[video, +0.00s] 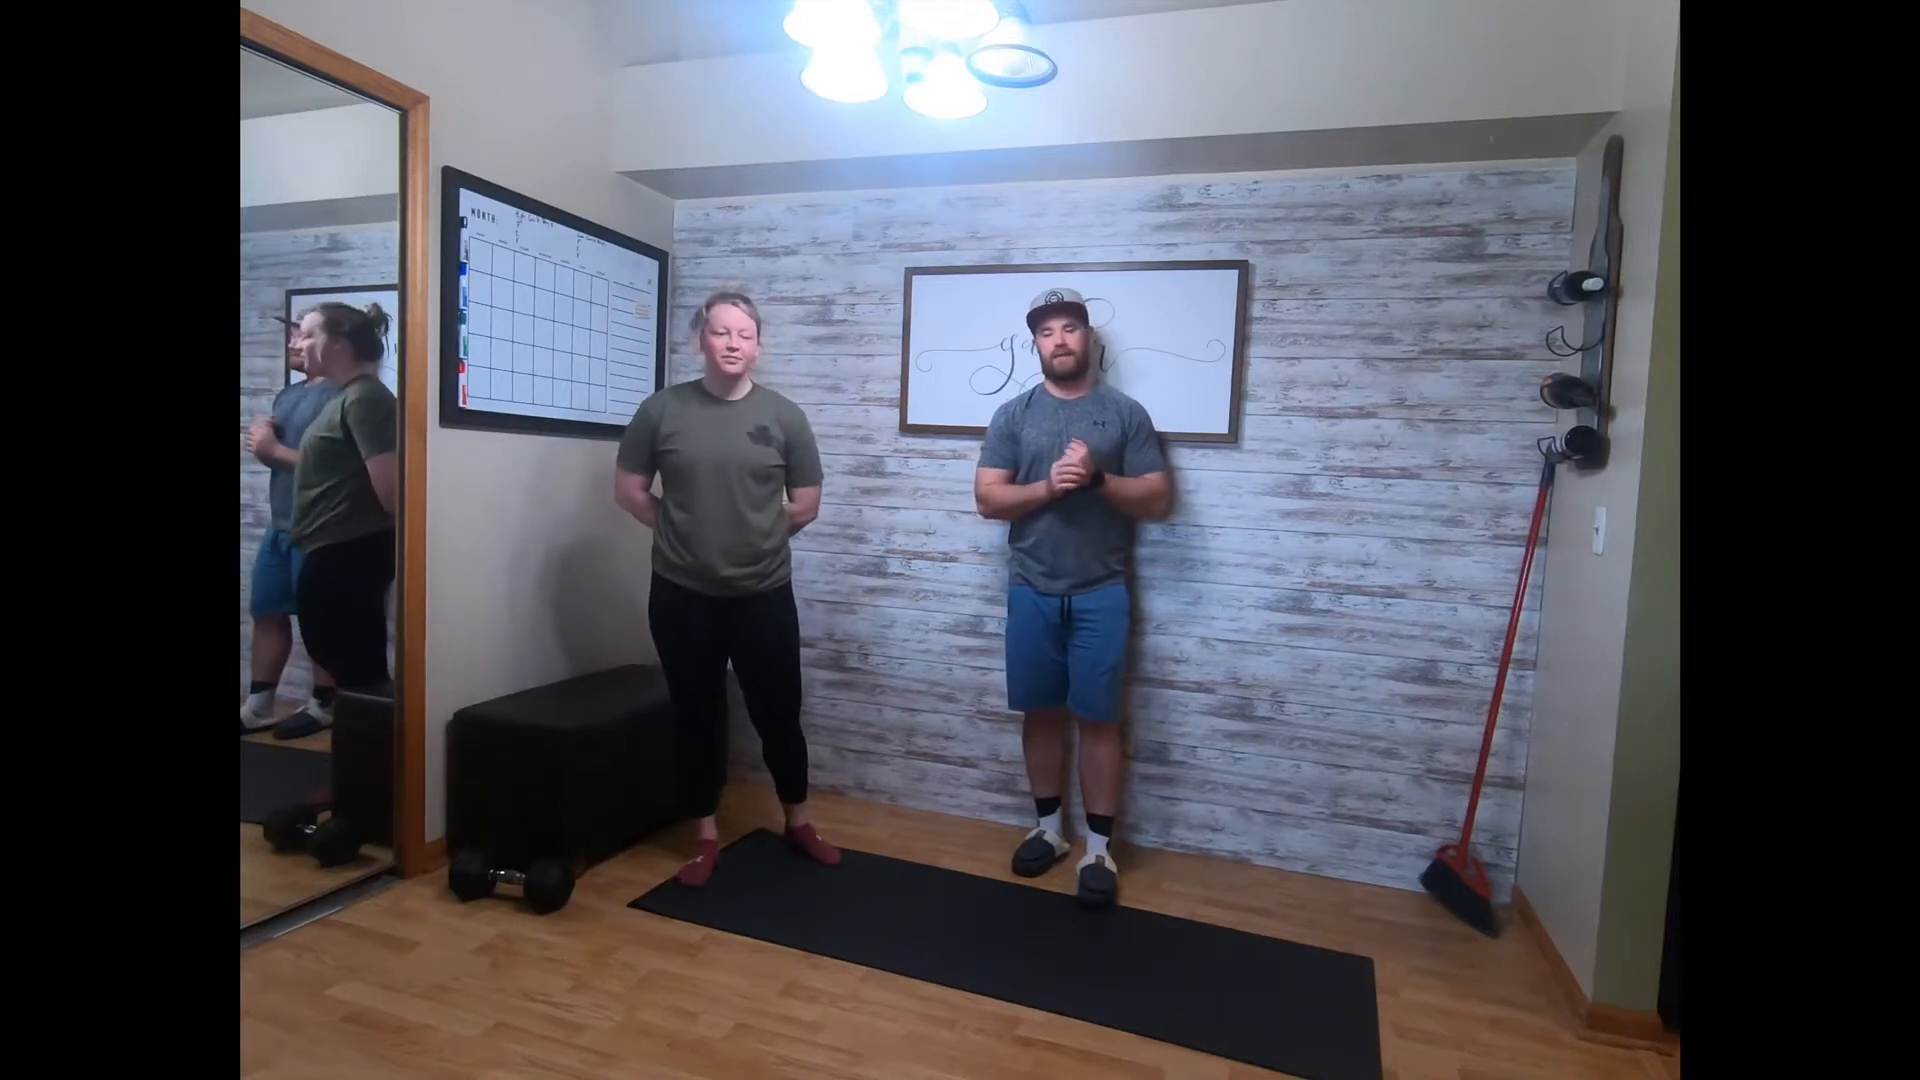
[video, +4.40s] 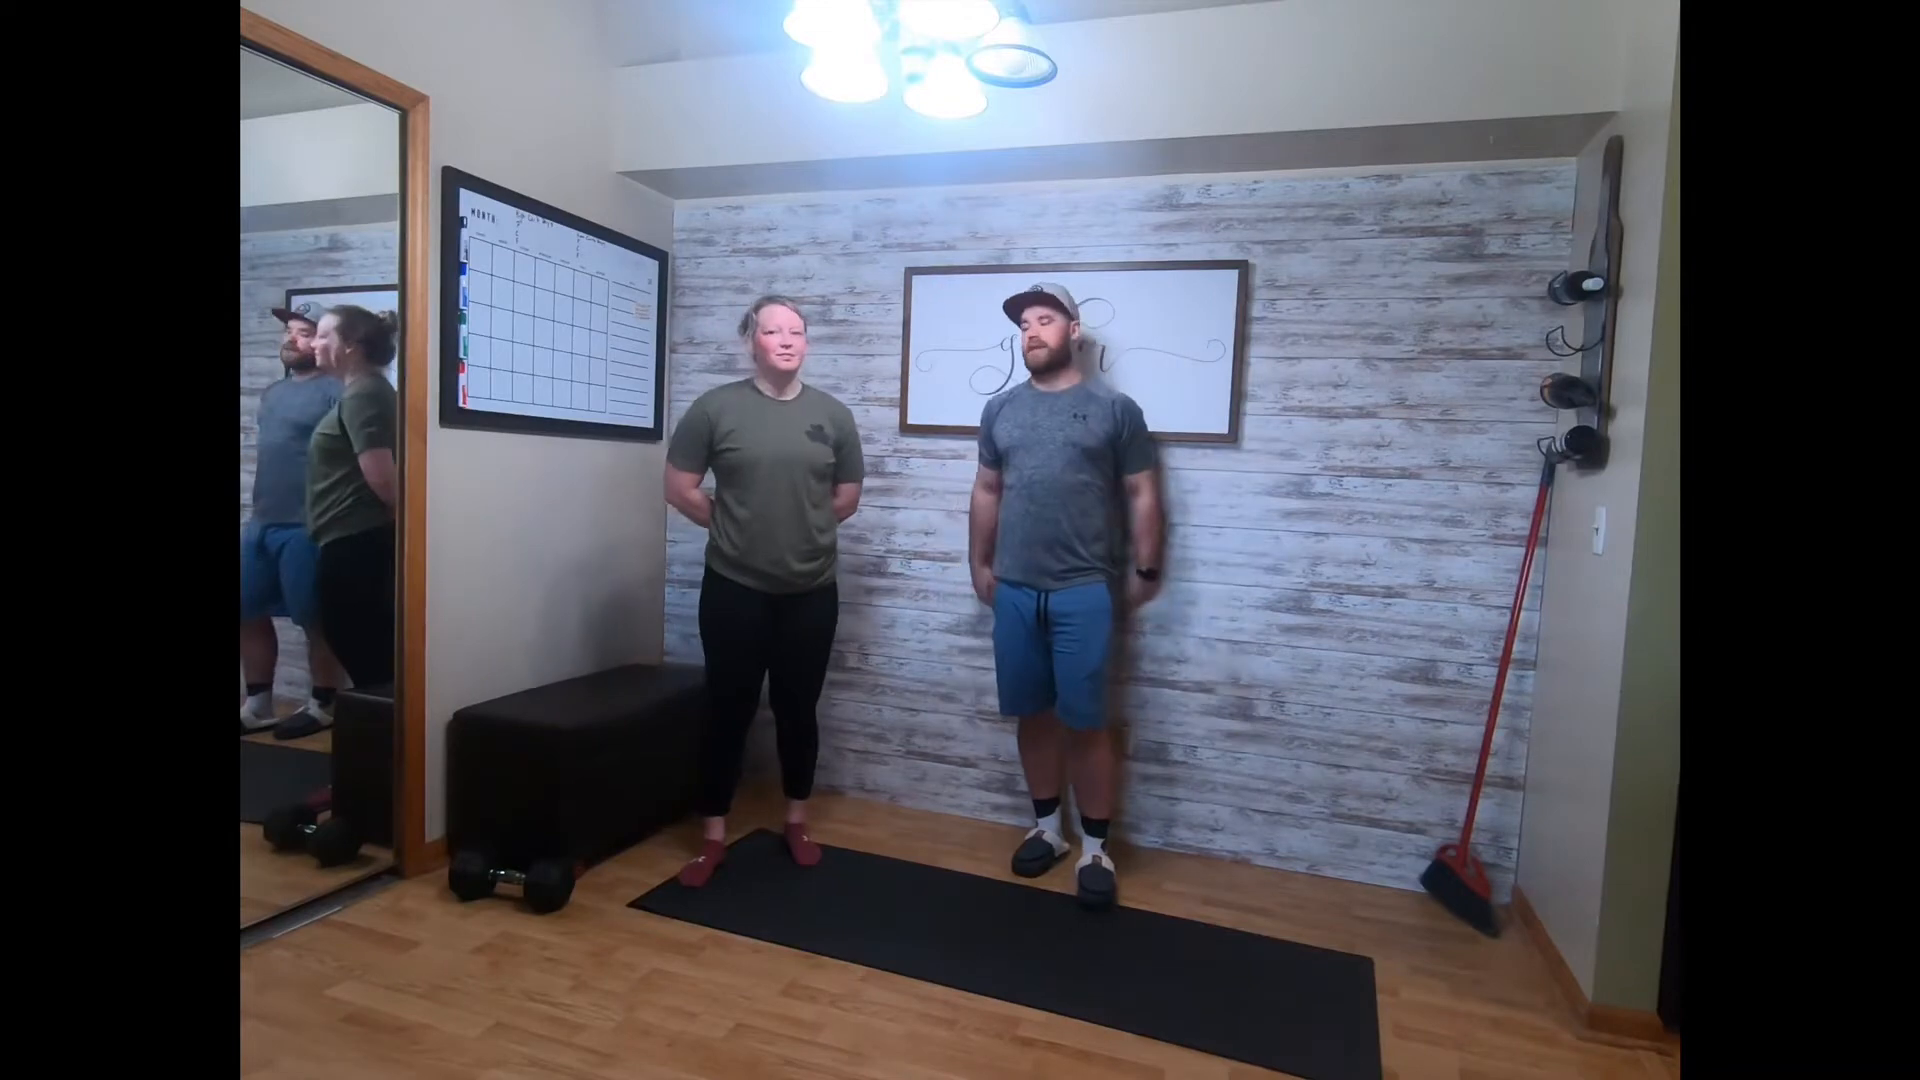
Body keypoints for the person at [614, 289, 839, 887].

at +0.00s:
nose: (733, 343)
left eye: (744, 334)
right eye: (722, 332)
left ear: (757, 345)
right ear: (702, 341)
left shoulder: (785, 417)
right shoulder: (661, 411)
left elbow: (805, 506)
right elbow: (628, 493)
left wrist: (746, 529)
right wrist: (684, 528)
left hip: (763, 593)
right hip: (682, 592)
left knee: (781, 716)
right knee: (696, 719)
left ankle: (799, 825)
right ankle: (707, 838)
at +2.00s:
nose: (798, 357)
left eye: (809, 347)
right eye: (787, 347)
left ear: (823, 352)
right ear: (769, 353)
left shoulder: (851, 420)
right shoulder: (736, 412)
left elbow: (867, 498)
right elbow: (703, 489)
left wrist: (815, 526)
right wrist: (756, 525)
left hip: (825, 591)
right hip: (752, 587)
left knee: (808, 710)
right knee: (734, 709)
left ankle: (798, 824)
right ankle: (711, 835)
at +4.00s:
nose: (790, 340)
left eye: (795, 330)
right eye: (775, 330)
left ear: (801, 342)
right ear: (744, 340)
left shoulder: (814, 417)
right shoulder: (703, 405)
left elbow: (818, 495)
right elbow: (661, 487)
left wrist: (777, 528)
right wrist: (717, 526)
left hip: (793, 589)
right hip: (719, 586)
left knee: (789, 709)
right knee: (718, 711)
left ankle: (795, 821)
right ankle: (713, 835)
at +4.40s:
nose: (785, 341)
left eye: (794, 333)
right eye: (773, 332)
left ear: (808, 344)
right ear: (751, 343)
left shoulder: (834, 416)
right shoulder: (716, 408)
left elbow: (847, 498)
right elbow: (680, 488)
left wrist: (796, 526)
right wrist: (735, 526)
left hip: (809, 589)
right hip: (734, 585)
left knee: (798, 710)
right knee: (726, 711)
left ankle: (798, 823)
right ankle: (714, 837)